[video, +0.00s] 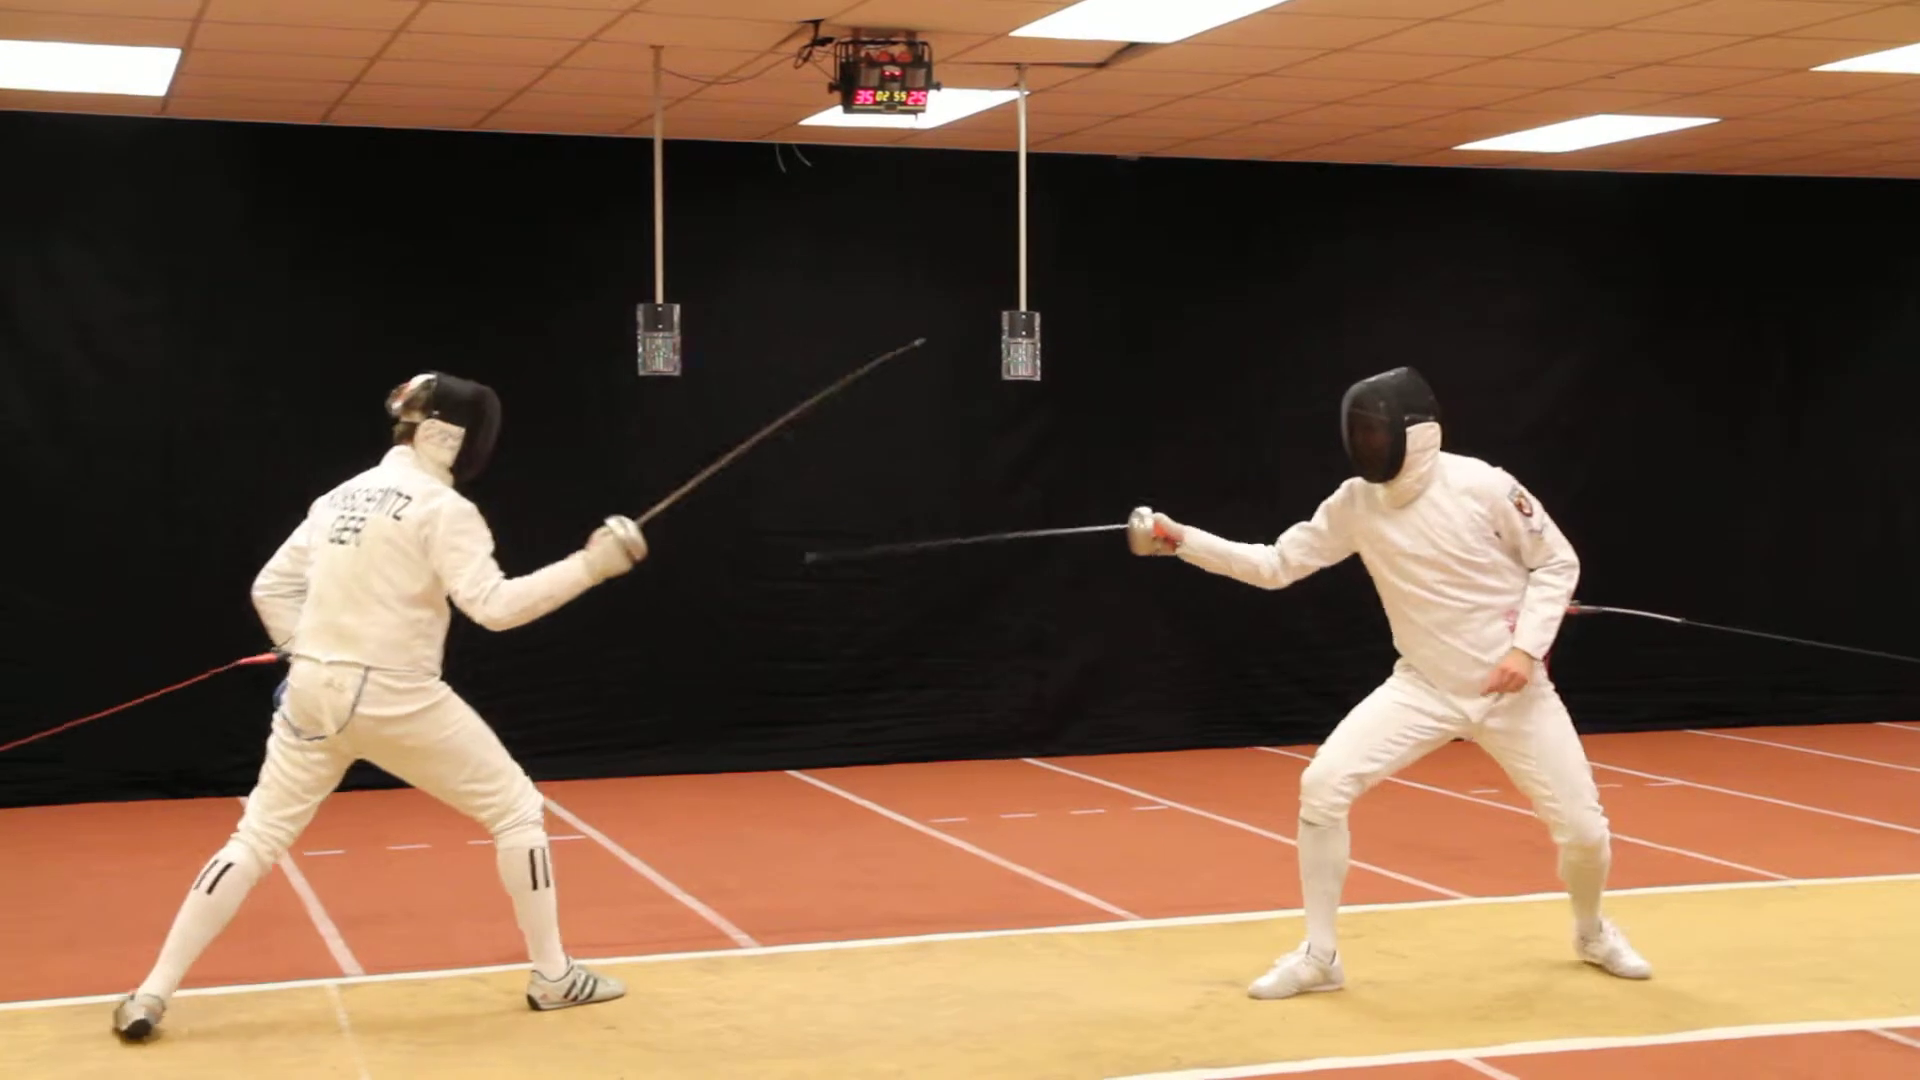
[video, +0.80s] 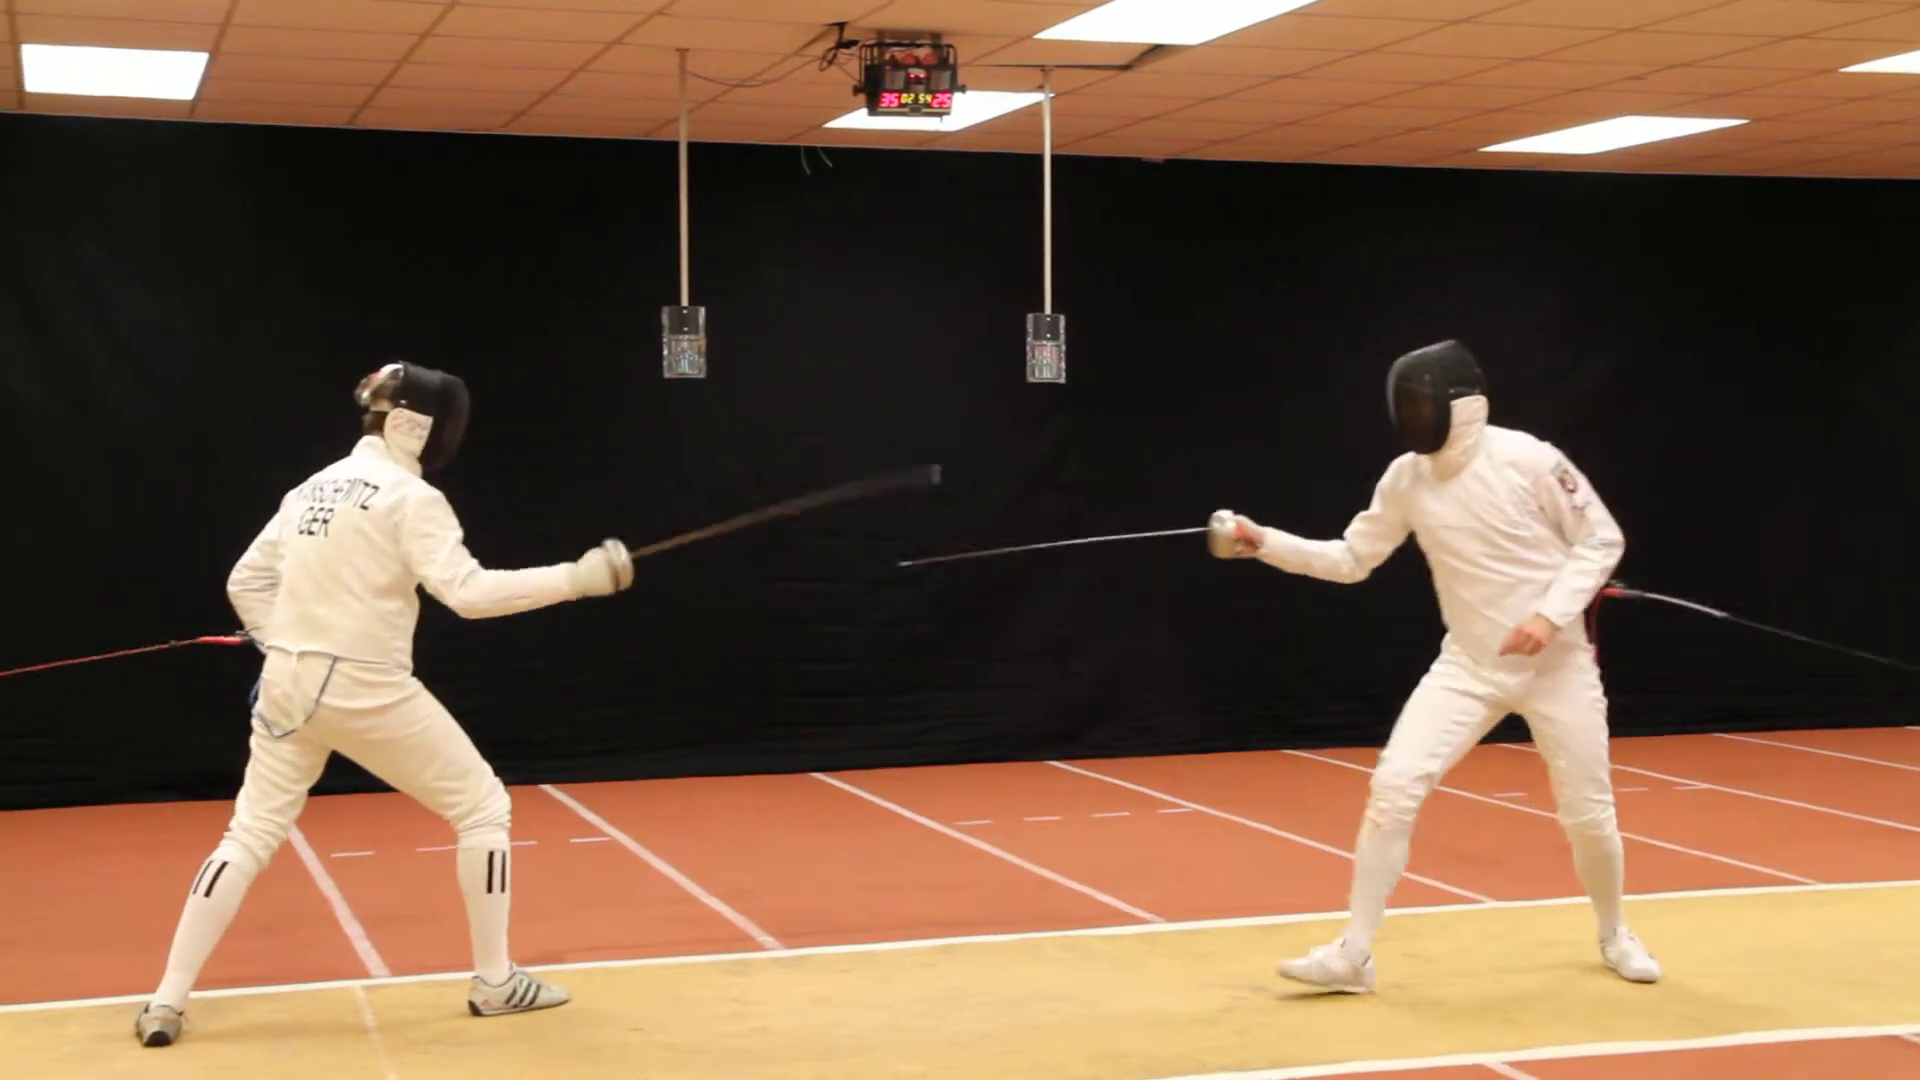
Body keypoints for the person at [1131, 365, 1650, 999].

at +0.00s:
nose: (1360, 445)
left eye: (1373, 431)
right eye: (1355, 431)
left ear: (1416, 432)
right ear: (1355, 436)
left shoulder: (1483, 488)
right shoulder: (1356, 506)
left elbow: (1556, 563)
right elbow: (1273, 564)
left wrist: (1526, 648)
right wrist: (1176, 538)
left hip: (1515, 691)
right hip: (1421, 690)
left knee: (1586, 834)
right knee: (1323, 789)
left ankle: (1591, 933)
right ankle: (1319, 955)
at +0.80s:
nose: (1409, 417)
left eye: (1422, 403)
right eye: (1406, 404)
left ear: (1464, 402)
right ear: (1406, 408)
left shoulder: (1529, 461)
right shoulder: (1406, 480)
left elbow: (1603, 541)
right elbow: (1352, 559)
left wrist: (1549, 616)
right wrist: (1264, 543)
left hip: (1558, 665)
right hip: (1466, 666)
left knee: (1590, 815)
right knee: (1393, 788)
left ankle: (1615, 936)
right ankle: (1354, 952)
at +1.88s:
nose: (1346, 437)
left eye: (1359, 423)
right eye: (1341, 425)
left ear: (1402, 422)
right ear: (1340, 427)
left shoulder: (1469, 480)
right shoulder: (1339, 497)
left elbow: (1542, 559)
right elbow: (1255, 549)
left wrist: (1514, 644)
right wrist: (1155, 536)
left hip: (1491, 685)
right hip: (1401, 683)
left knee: (1537, 841)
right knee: (1313, 789)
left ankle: (1546, 940)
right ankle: (1303, 961)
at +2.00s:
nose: (1336, 442)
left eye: (1348, 427)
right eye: (1331, 429)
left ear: (1391, 428)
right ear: (1329, 433)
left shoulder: (1462, 486)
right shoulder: (1330, 503)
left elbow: (1531, 568)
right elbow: (1247, 555)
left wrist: (1517, 656)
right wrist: (1145, 546)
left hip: (1490, 687)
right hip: (1397, 688)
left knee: (1556, 836)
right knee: (1313, 792)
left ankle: (1557, 931)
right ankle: (1307, 962)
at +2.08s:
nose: (1339, 440)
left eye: (1352, 426)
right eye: (1335, 426)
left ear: (1397, 426)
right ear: (1335, 431)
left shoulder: (1468, 483)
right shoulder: (1341, 502)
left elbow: (1538, 567)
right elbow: (1280, 575)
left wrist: (1520, 653)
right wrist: (1188, 551)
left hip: (1498, 687)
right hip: (1405, 687)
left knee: (1568, 832)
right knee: (1320, 793)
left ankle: (1585, 921)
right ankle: (1308, 962)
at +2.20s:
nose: (1381, 432)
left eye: (1393, 417)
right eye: (1376, 419)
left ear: (1435, 416)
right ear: (1377, 423)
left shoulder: (1505, 477)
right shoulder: (1380, 495)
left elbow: (1575, 562)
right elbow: (1341, 581)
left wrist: (1542, 640)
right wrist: (1252, 557)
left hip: (1528, 684)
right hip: (1435, 682)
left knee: (1591, 831)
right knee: (1355, 799)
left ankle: (1638, 923)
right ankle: (1313, 962)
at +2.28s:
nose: (1407, 427)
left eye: (1418, 413)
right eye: (1404, 414)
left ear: (1462, 413)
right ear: (1410, 416)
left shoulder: (1535, 473)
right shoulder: (1410, 491)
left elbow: (1604, 558)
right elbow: (1369, 576)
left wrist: (1562, 634)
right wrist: (1282, 559)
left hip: (1562, 677)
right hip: (1469, 677)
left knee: (1607, 824)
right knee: (1393, 805)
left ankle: (1642, 930)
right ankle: (1331, 957)